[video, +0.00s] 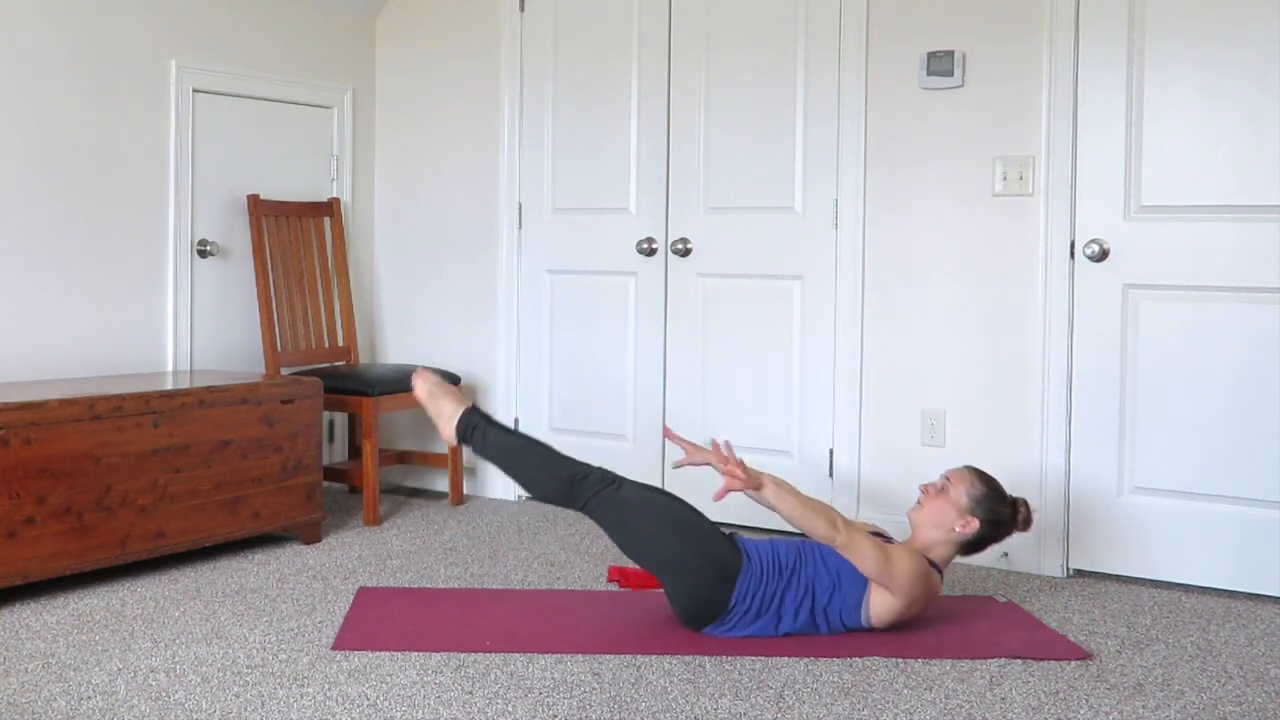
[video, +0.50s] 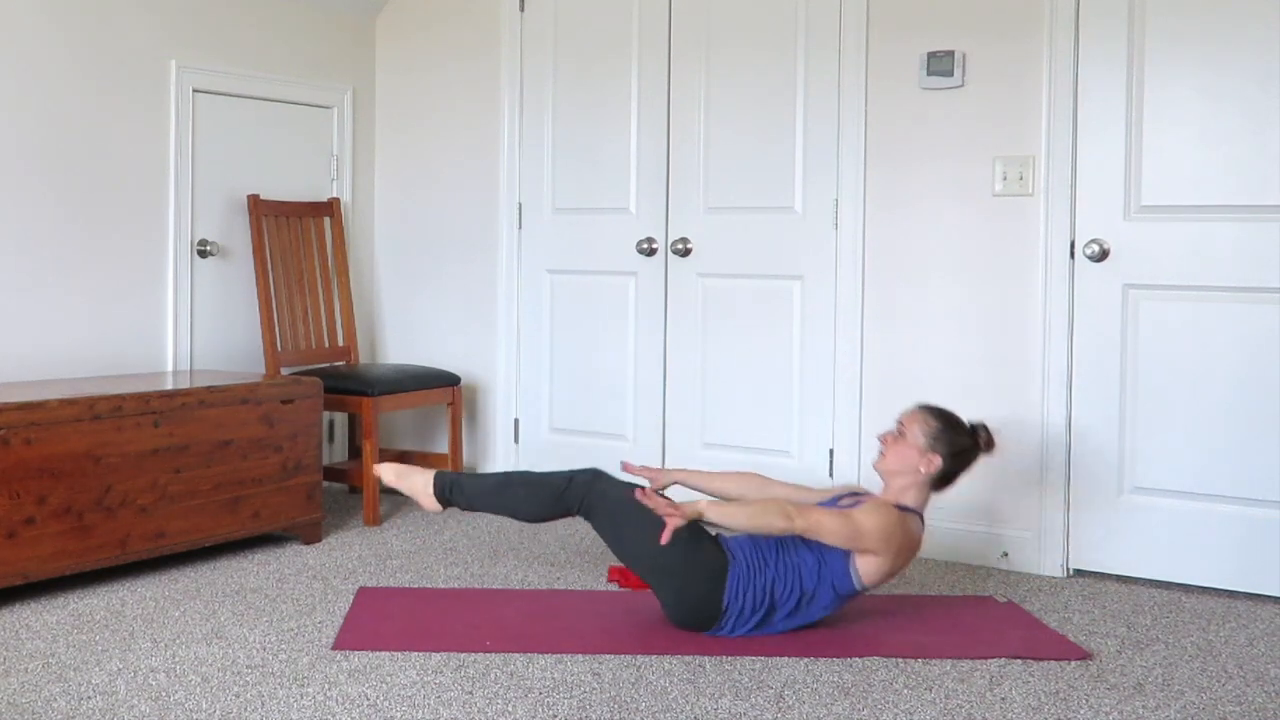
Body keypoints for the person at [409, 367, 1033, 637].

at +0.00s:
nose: (926, 491)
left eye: (943, 492)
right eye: (937, 483)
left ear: (962, 529)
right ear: (949, 520)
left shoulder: (909, 579)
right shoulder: (897, 556)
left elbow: (838, 534)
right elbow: (826, 525)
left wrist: (761, 483)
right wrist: (744, 474)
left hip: (723, 590)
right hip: (725, 567)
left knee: (597, 489)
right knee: (600, 486)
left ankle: (460, 418)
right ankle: (464, 426)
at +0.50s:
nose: (883, 441)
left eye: (900, 438)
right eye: (891, 432)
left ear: (928, 466)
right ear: (910, 456)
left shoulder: (890, 524)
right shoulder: (870, 503)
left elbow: (794, 524)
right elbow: (774, 493)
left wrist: (695, 514)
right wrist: (680, 478)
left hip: (716, 587)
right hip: (719, 567)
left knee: (586, 485)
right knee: (590, 483)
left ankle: (436, 487)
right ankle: (444, 484)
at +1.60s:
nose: (934, 502)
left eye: (950, 503)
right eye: (946, 495)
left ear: (972, 541)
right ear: (956, 530)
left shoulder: (918, 580)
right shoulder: (909, 567)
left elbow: (841, 526)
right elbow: (831, 520)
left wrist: (757, 477)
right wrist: (748, 475)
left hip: (730, 581)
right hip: (732, 568)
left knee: (609, 474)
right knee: (611, 474)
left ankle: (481, 402)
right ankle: (483, 403)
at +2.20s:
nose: (814, 389)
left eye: (826, 382)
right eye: (819, 378)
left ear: (862, 400)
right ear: (854, 398)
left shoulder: (850, 473)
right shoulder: (821, 452)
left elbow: (743, 491)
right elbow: (731, 473)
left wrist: (644, 502)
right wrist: (643, 497)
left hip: (713, 597)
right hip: (711, 574)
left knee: (623, 447)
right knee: (623, 445)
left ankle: (502, 526)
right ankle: (504, 522)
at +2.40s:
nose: (776, 364)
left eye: (789, 357)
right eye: (782, 353)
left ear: (825, 375)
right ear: (818, 374)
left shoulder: (817, 450)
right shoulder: (784, 434)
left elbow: (719, 489)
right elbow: (703, 466)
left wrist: (624, 513)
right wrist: (613, 508)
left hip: (708, 598)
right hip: (701, 581)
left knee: (669, 430)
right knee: (662, 426)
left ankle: (548, 517)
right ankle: (551, 511)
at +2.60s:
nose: (813, 380)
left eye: (826, 374)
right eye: (820, 370)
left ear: (860, 396)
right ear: (854, 394)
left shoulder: (845, 470)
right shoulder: (814, 449)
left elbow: (743, 498)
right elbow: (721, 475)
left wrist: (649, 512)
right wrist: (636, 506)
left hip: (711, 596)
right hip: (707, 570)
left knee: (626, 444)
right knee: (625, 442)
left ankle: (509, 531)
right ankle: (515, 524)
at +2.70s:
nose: (843, 402)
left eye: (858, 397)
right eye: (850, 391)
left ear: (891, 421)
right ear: (876, 416)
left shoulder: (867, 493)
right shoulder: (836, 468)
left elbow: (768, 508)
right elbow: (743, 483)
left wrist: (669, 511)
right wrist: (658, 498)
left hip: (717, 595)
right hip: (715, 568)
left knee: (599, 461)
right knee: (603, 462)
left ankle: (468, 534)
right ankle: (476, 528)